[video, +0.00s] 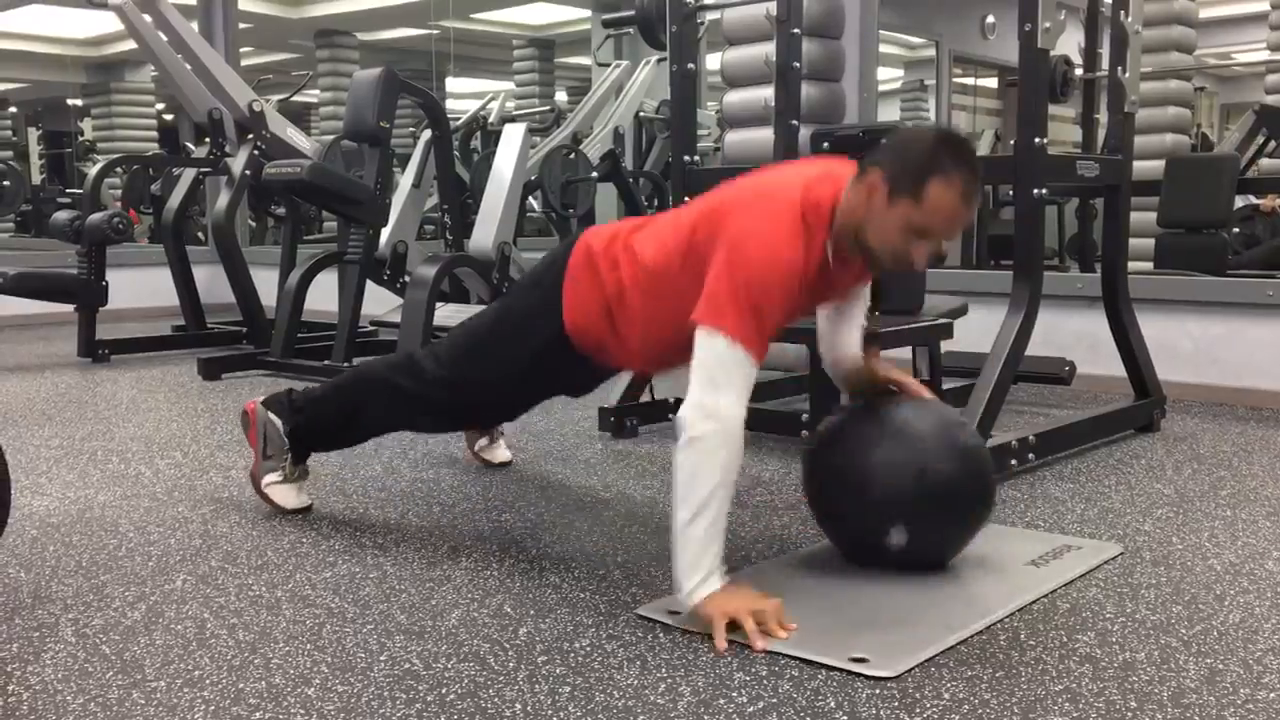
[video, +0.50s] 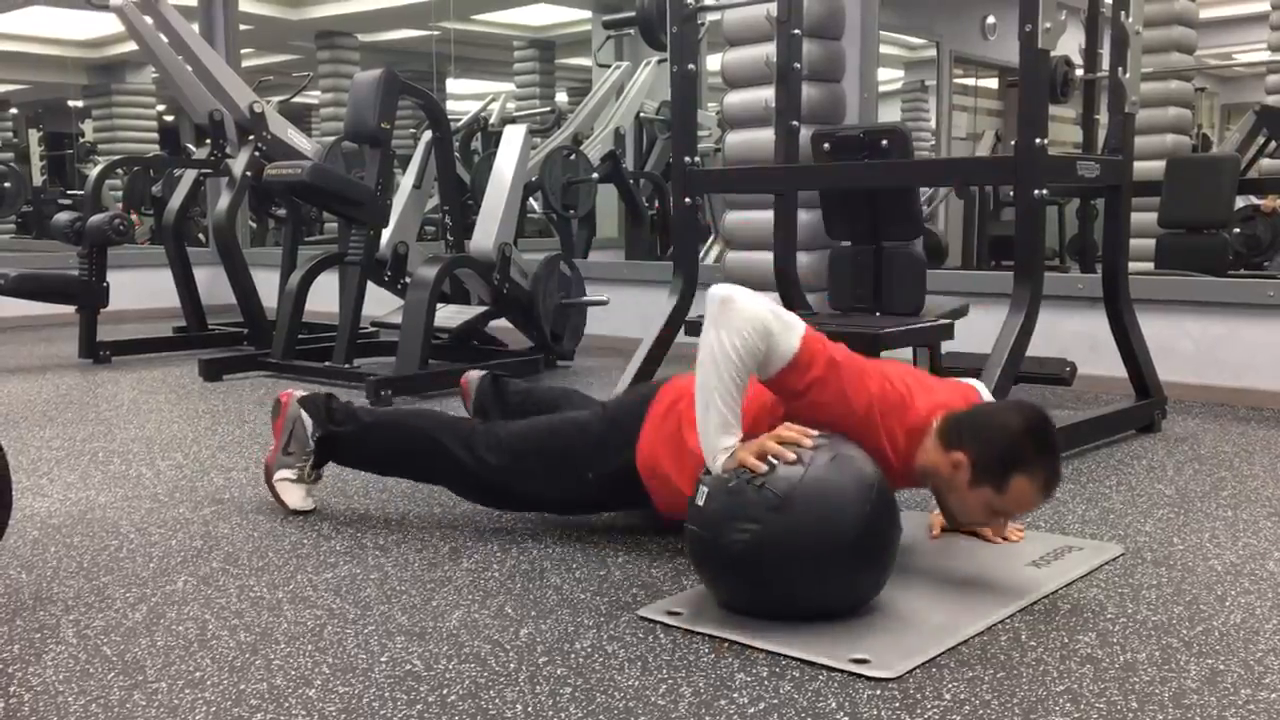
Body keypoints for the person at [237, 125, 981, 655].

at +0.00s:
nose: (927, 258)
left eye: (941, 244)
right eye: (924, 237)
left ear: (909, 205)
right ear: (874, 189)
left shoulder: (864, 219)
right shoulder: (776, 230)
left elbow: (837, 303)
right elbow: (714, 411)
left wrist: (857, 365)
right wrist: (704, 584)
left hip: (633, 314)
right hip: (585, 291)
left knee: (529, 377)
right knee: (440, 384)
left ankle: (476, 415)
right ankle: (284, 424)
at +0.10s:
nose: (925, 228)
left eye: (941, 217)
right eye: (920, 207)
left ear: (923, 180)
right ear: (877, 162)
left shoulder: (879, 188)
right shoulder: (775, 199)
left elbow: (885, 255)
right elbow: (678, 335)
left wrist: (849, 309)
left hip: (650, 323)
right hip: (597, 284)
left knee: (542, 377)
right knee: (452, 380)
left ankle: (480, 414)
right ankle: (292, 424)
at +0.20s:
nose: (940, 260)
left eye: (954, 247)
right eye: (938, 239)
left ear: (928, 215)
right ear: (895, 197)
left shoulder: (896, 230)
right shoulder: (791, 211)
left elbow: (924, 310)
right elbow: (652, 286)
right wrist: (761, 403)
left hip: (649, 338)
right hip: (590, 317)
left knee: (530, 379)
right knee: (453, 392)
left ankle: (467, 419)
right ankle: (289, 424)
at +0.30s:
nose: (966, 357)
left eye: (979, 345)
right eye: (962, 335)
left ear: (964, 313)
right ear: (919, 292)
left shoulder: (932, 319)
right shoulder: (828, 277)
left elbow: (959, 396)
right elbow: (673, 294)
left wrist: (954, 499)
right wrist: (718, 431)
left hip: (672, 378)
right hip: (622, 347)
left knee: (545, 397)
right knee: (473, 408)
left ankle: (481, 421)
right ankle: (293, 423)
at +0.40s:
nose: (983, 475)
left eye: (1002, 466)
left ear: (975, 407)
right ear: (959, 409)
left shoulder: (932, 374)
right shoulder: (858, 367)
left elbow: (940, 431)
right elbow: (709, 310)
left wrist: (954, 497)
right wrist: (723, 441)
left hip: (674, 384)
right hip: (639, 396)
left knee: (534, 403)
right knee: (480, 441)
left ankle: (459, 388)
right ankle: (306, 422)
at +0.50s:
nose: (995, 525)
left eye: (1010, 519)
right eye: (991, 512)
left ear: (970, 460)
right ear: (947, 459)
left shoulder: (959, 418)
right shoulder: (867, 401)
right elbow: (732, 308)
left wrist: (954, 509)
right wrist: (725, 442)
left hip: (692, 452)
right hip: (657, 437)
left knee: (579, 422)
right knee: (488, 462)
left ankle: (483, 381)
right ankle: (319, 420)